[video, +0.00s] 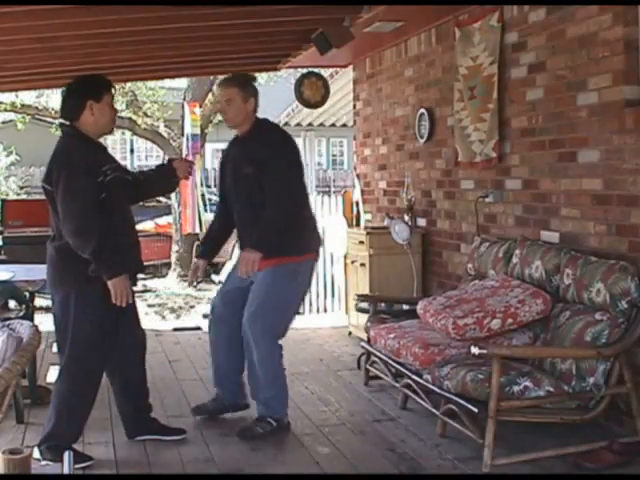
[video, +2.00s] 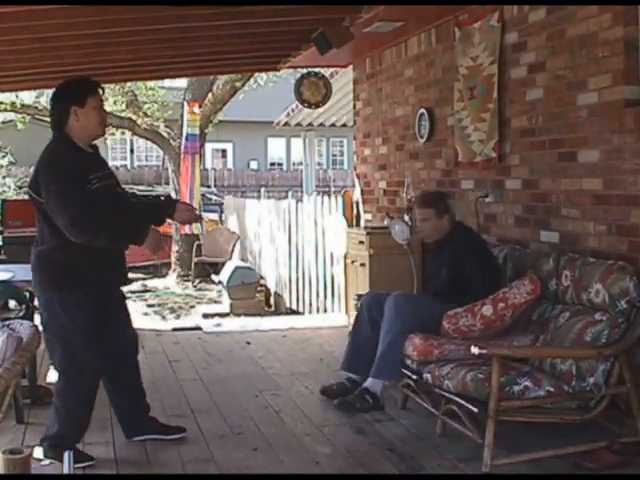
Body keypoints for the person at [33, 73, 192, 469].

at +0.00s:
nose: (116, 111)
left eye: (115, 103)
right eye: (111, 103)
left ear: (88, 109)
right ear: (90, 108)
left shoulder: (93, 151)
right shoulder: (73, 154)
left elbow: (127, 189)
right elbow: (78, 223)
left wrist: (171, 172)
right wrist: (112, 269)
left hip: (108, 276)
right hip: (81, 279)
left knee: (128, 349)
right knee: (81, 363)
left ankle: (139, 423)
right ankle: (54, 445)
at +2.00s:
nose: (106, 113)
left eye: (104, 106)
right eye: (99, 106)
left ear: (79, 113)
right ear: (76, 113)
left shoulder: (89, 159)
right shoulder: (58, 162)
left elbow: (119, 204)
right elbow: (82, 225)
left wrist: (169, 207)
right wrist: (140, 235)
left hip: (99, 280)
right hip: (66, 285)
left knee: (120, 352)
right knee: (78, 365)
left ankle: (137, 424)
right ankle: (57, 444)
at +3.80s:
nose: (104, 113)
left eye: (103, 105)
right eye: (98, 105)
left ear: (77, 110)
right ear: (75, 109)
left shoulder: (89, 155)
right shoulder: (55, 157)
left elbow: (119, 205)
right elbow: (80, 211)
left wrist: (162, 227)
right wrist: (130, 181)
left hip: (104, 274)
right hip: (72, 278)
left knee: (121, 348)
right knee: (74, 361)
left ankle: (132, 419)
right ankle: (54, 441)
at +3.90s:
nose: (106, 114)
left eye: (105, 106)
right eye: (100, 106)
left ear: (79, 111)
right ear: (77, 110)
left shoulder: (90, 154)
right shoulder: (57, 157)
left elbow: (121, 204)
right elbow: (82, 212)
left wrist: (164, 228)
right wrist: (133, 181)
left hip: (104, 274)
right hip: (73, 278)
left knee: (122, 348)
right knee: (75, 361)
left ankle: (132, 420)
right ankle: (54, 441)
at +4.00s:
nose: (108, 115)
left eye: (107, 107)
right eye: (103, 107)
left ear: (81, 111)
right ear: (79, 110)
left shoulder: (91, 154)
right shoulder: (61, 155)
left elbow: (120, 206)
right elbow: (87, 211)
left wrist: (163, 228)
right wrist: (139, 184)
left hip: (104, 274)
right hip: (74, 278)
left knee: (123, 347)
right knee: (75, 361)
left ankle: (132, 420)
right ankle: (54, 441)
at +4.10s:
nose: (111, 115)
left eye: (110, 107)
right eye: (105, 107)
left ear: (83, 111)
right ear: (81, 110)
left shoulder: (92, 154)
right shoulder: (64, 155)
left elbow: (120, 207)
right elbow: (90, 212)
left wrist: (163, 228)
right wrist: (142, 187)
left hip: (104, 275)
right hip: (74, 278)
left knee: (123, 347)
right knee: (75, 362)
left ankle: (132, 420)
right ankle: (53, 441)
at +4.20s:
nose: (113, 114)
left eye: (111, 106)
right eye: (107, 106)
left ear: (84, 111)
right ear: (83, 110)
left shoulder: (94, 155)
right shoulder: (66, 155)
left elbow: (122, 207)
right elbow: (94, 212)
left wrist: (166, 231)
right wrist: (149, 184)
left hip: (105, 276)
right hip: (75, 279)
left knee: (123, 348)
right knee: (75, 362)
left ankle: (132, 420)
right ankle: (53, 441)